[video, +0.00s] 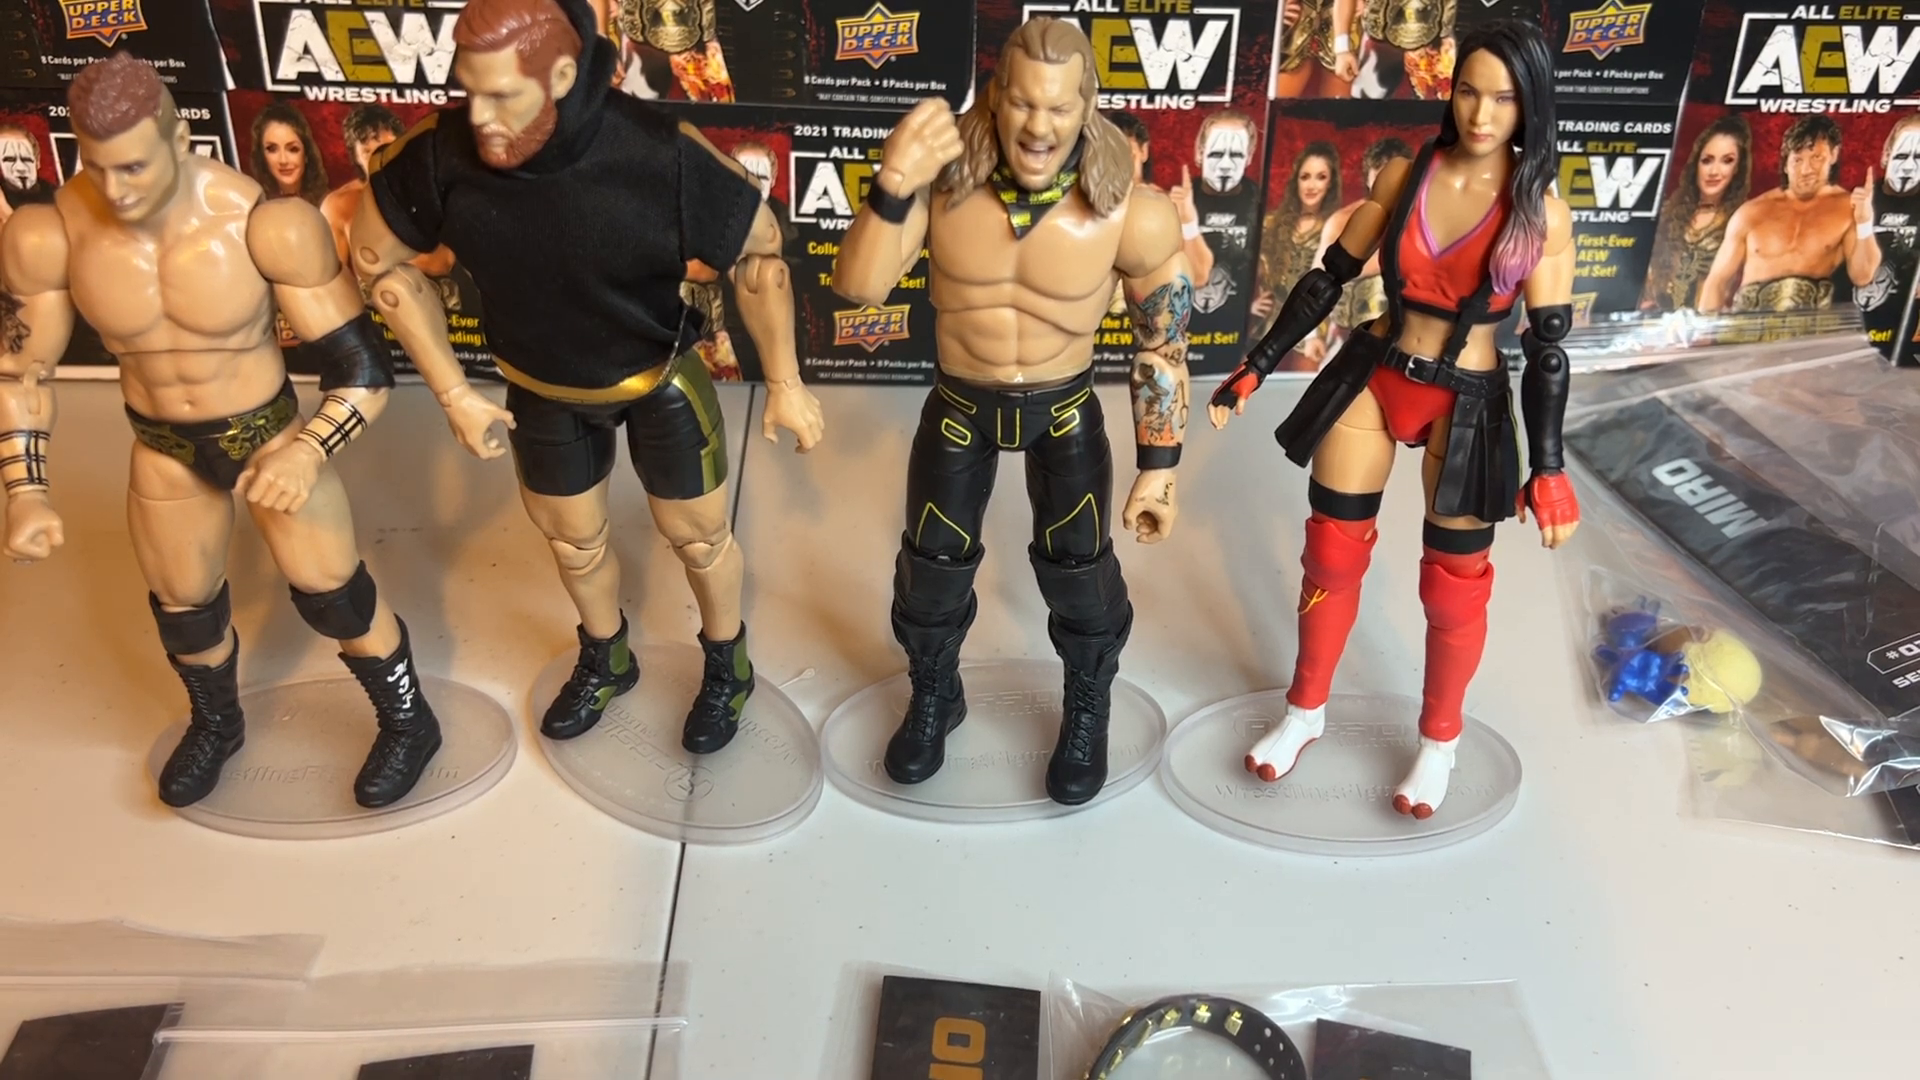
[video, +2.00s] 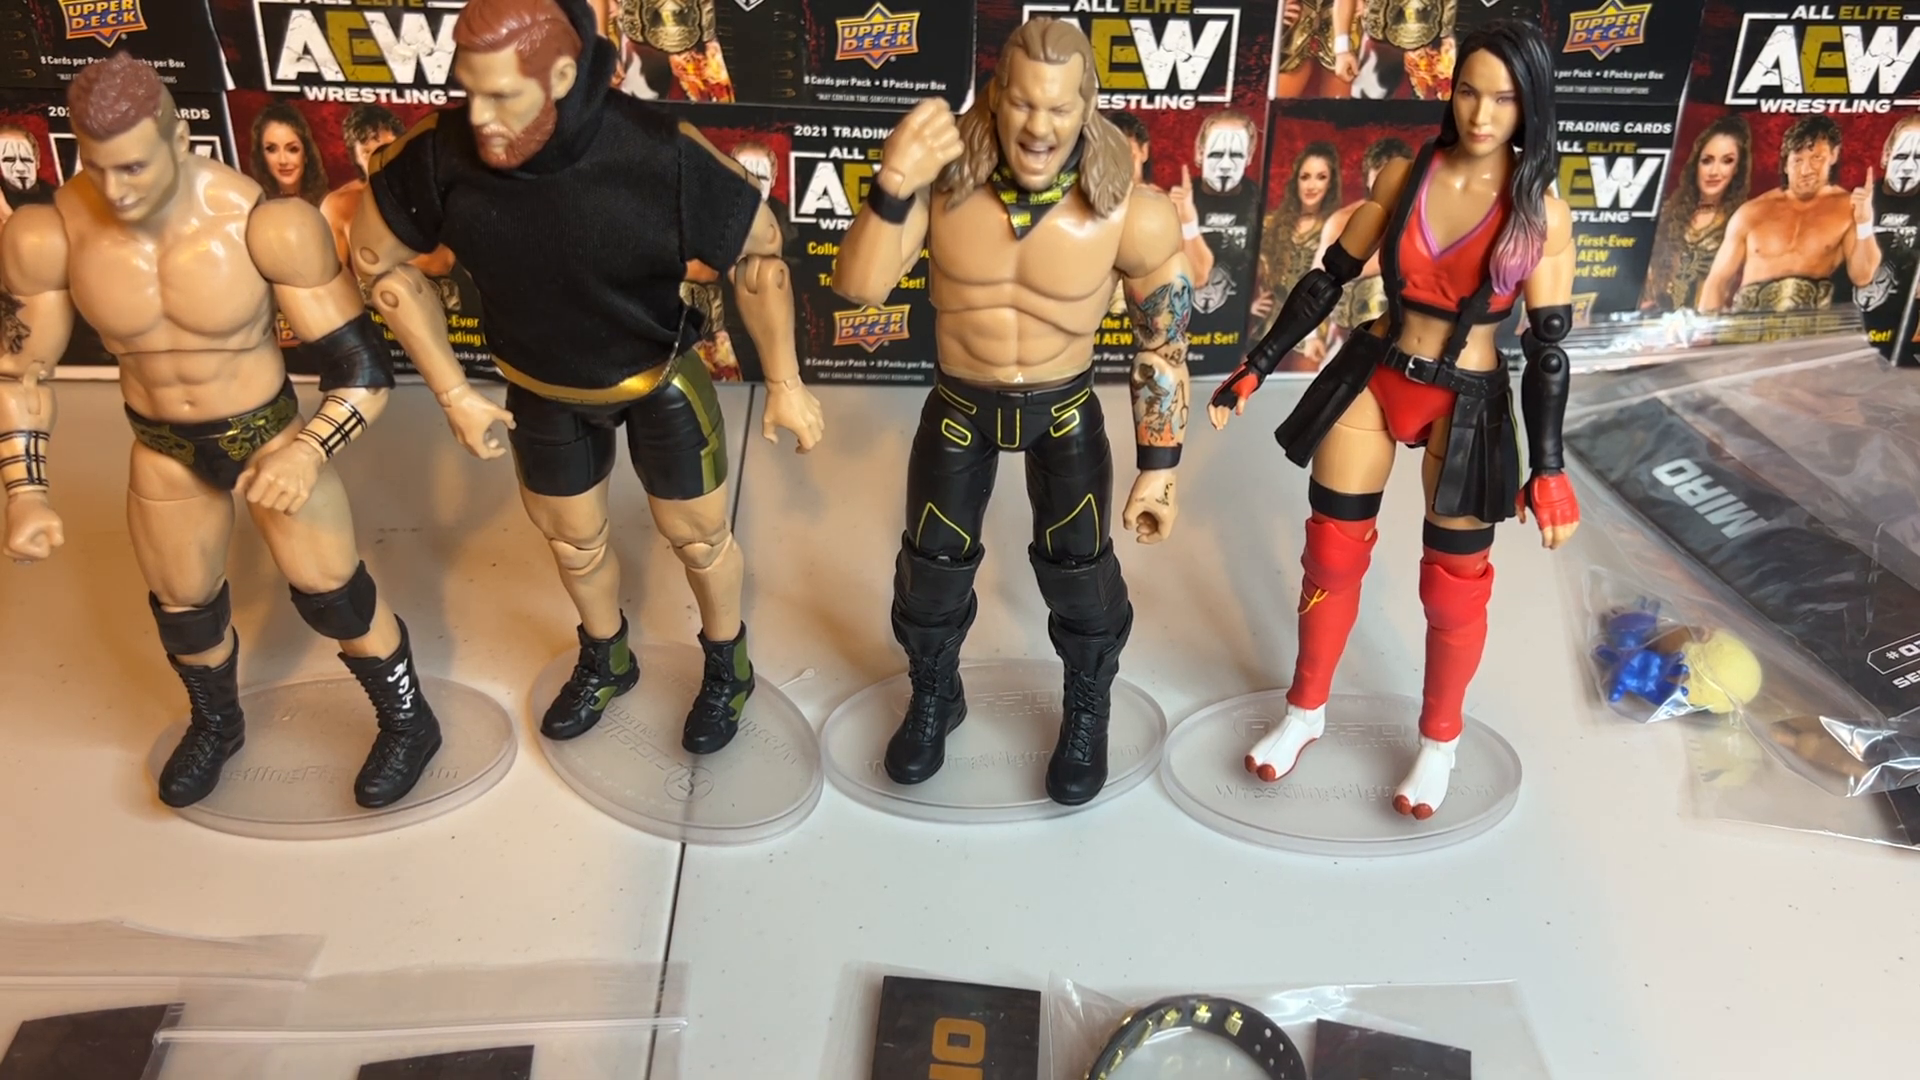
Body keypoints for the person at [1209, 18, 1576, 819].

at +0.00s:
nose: (1480, 113)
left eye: (1501, 99)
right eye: (1469, 93)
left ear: (1529, 108)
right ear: (1450, 93)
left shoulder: (1540, 209)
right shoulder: (1407, 174)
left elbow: (1549, 344)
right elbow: (1332, 273)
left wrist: (1549, 465)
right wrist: (1256, 364)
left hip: (1466, 404)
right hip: (1371, 382)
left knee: (1454, 589)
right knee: (1331, 558)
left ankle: (1437, 742)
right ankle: (1304, 710)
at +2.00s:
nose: (1480, 113)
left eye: (1501, 99)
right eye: (1469, 93)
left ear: (1528, 108)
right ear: (1451, 94)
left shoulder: (1540, 208)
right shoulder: (1406, 175)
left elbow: (1549, 343)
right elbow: (1332, 273)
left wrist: (1549, 465)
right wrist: (1256, 364)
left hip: (1467, 404)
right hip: (1371, 382)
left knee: (1454, 590)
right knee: (1331, 559)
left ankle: (1437, 742)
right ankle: (1304, 710)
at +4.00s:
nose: (1480, 113)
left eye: (1501, 99)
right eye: (1469, 94)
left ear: (1529, 108)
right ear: (1450, 94)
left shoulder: (1540, 209)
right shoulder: (1406, 175)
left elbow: (1549, 345)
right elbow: (1333, 273)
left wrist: (1549, 466)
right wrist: (1256, 364)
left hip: (1467, 405)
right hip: (1372, 383)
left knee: (1454, 590)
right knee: (1331, 560)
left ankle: (1438, 742)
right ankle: (1304, 710)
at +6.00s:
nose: (1480, 113)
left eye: (1501, 99)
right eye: (1469, 94)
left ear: (1529, 108)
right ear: (1451, 94)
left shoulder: (1540, 209)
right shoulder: (1406, 175)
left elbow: (1549, 346)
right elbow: (1332, 274)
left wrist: (1549, 467)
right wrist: (1255, 365)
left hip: (1467, 404)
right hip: (1372, 382)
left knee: (1454, 590)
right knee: (1331, 559)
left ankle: (1438, 741)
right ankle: (1305, 709)